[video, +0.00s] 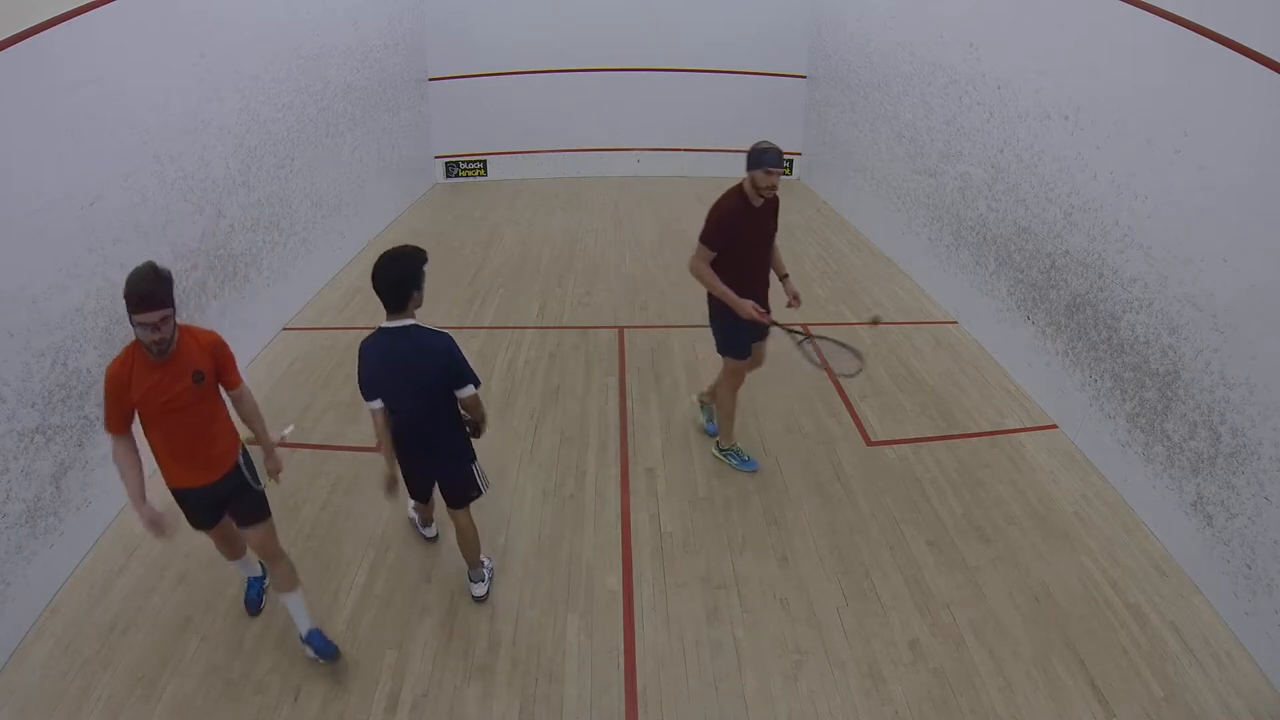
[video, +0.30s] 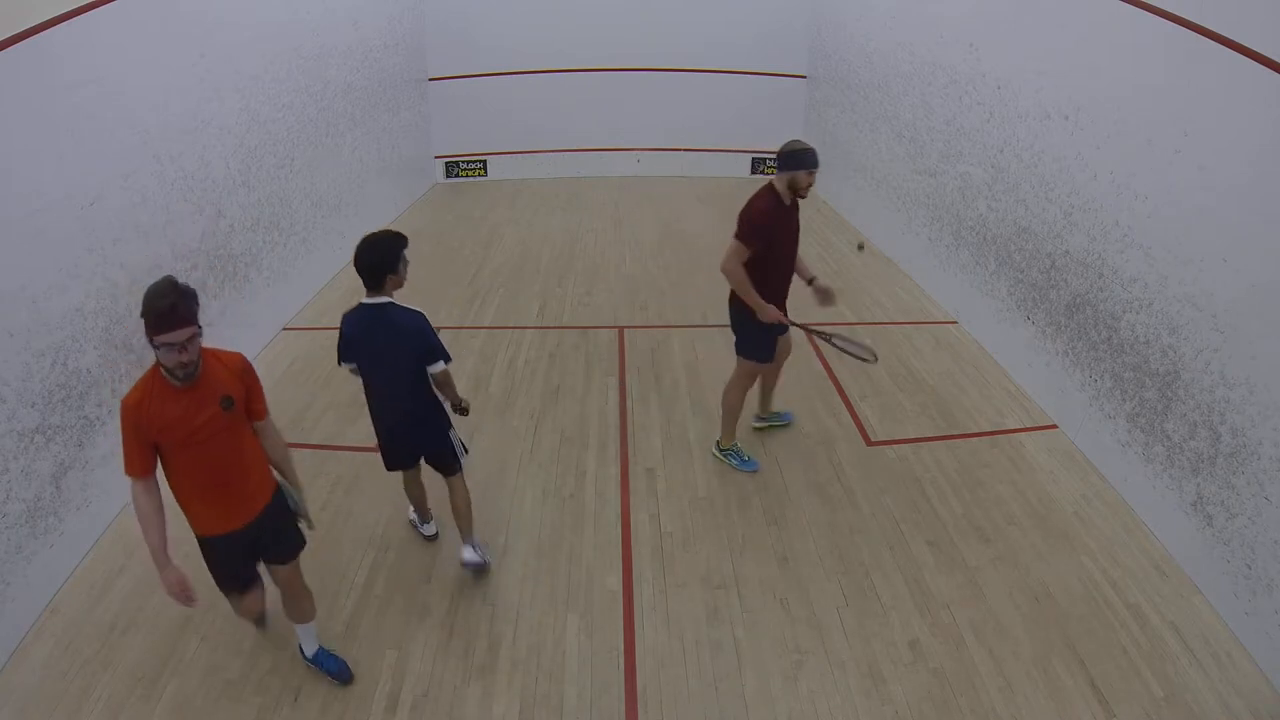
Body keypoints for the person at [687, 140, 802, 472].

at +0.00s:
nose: (772, 181)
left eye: (777, 174)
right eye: (766, 174)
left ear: (780, 173)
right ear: (749, 171)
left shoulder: (771, 200)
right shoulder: (727, 208)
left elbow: (768, 243)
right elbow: (697, 264)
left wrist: (786, 281)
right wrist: (737, 302)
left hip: (757, 297)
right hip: (727, 301)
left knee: (755, 359)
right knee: (734, 370)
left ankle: (708, 397)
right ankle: (725, 444)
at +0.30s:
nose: (811, 180)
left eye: (813, 173)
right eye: (806, 173)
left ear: (810, 173)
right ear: (785, 172)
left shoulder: (789, 200)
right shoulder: (760, 208)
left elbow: (786, 250)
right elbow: (730, 265)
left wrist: (812, 281)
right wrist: (760, 307)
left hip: (773, 302)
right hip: (750, 305)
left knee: (780, 349)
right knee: (746, 371)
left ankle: (764, 412)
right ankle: (725, 443)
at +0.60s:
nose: (828, 171)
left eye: (828, 164)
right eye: (826, 164)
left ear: (801, 162)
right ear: (815, 165)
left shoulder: (791, 191)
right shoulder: (793, 201)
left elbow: (795, 233)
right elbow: (784, 262)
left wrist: (823, 217)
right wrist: (801, 312)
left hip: (783, 294)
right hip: (782, 299)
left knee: (785, 360)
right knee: (783, 368)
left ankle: (778, 415)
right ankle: (737, 435)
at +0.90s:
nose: (831, 162)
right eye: (832, 158)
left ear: (804, 157)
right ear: (832, 160)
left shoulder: (785, 188)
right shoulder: (834, 200)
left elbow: (779, 235)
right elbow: (841, 259)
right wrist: (850, 298)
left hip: (779, 288)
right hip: (815, 293)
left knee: (779, 351)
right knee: (818, 351)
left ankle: (775, 417)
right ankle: (801, 415)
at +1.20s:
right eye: (848, 160)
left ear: (824, 157)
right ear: (850, 161)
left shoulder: (800, 187)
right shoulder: (858, 198)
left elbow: (776, 234)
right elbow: (874, 249)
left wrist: (763, 272)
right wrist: (876, 265)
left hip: (797, 280)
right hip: (832, 286)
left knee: (791, 343)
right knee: (823, 343)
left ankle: (777, 413)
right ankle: (816, 397)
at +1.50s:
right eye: (857, 156)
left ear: (835, 153)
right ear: (861, 157)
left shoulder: (815, 183)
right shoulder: (872, 194)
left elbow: (791, 230)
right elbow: (879, 249)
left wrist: (790, 254)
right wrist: (879, 286)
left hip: (808, 272)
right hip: (843, 279)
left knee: (791, 322)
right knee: (826, 339)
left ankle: (782, 386)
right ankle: (815, 396)